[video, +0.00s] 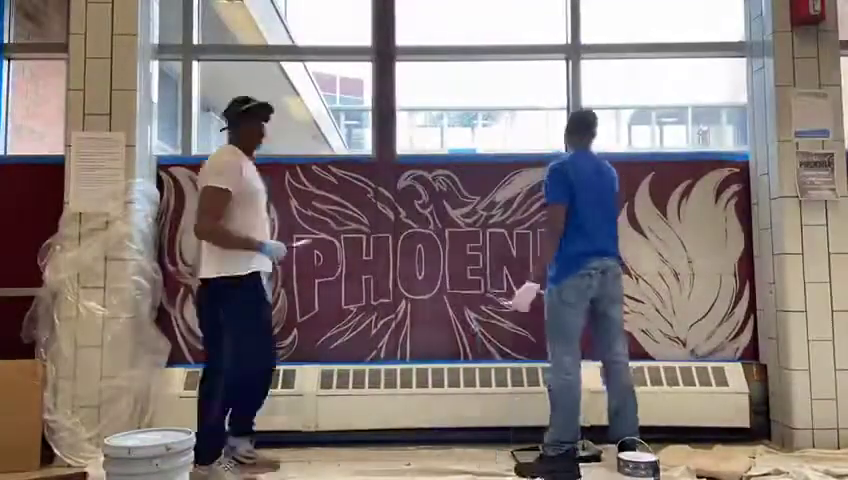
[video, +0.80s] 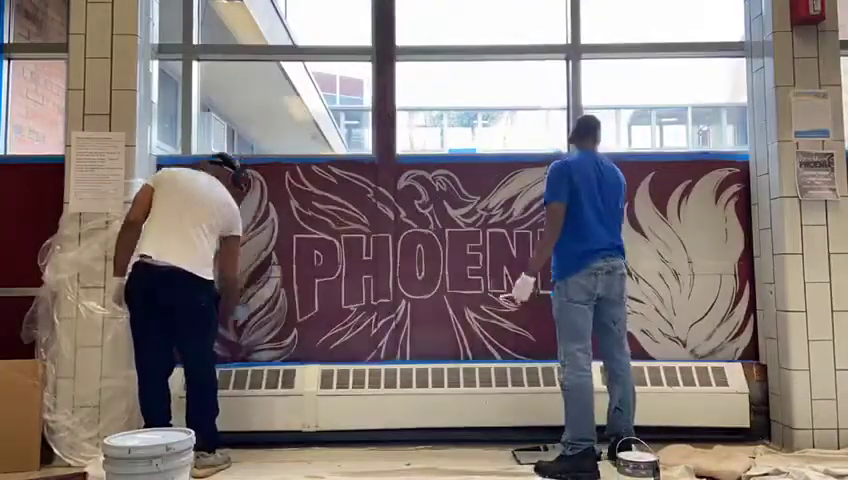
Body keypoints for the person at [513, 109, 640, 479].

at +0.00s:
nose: (571, 139)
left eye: (569, 132)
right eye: (582, 132)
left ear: (566, 134)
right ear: (593, 136)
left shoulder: (559, 169)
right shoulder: (609, 171)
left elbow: (555, 227)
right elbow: (612, 218)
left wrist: (539, 277)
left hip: (572, 273)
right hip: (610, 270)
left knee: (564, 360)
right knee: (616, 355)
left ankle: (560, 448)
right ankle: (627, 437)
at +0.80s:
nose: (584, 142)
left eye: (576, 136)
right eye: (592, 137)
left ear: (571, 138)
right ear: (599, 139)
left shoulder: (562, 168)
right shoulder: (615, 173)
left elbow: (554, 228)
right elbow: (614, 224)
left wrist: (529, 273)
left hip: (576, 271)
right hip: (615, 268)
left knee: (576, 362)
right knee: (618, 356)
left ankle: (579, 450)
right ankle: (623, 437)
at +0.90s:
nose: (562, 143)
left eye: (562, 138)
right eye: (571, 137)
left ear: (562, 137)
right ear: (588, 138)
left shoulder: (563, 168)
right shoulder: (605, 171)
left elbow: (562, 228)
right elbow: (608, 222)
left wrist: (544, 279)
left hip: (578, 273)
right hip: (615, 268)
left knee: (573, 361)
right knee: (615, 355)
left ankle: (579, 451)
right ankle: (622, 436)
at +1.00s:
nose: (556, 149)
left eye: (554, 142)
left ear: (555, 142)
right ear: (580, 142)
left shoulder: (559, 165)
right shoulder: (596, 170)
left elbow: (560, 223)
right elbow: (598, 221)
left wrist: (547, 276)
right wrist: (548, 219)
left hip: (577, 272)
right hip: (610, 268)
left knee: (572, 358)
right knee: (612, 353)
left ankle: (578, 450)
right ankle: (621, 435)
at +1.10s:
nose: (538, 160)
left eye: (537, 154)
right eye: (541, 153)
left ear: (540, 151)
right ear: (564, 146)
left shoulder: (547, 171)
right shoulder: (594, 172)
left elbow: (554, 227)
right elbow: (608, 221)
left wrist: (538, 282)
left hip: (577, 269)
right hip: (615, 264)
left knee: (565, 357)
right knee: (616, 350)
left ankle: (578, 451)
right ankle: (625, 434)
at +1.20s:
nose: (571, 144)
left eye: (569, 138)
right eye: (582, 137)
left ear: (571, 137)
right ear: (598, 139)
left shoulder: (561, 169)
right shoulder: (613, 173)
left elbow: (552, 226)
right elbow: (613, 224)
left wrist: (534, 278)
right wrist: (609, 261)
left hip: (572, 273)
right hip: (610, 270)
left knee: (566, 359)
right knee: (615, 355)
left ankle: (573, 449)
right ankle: (621, 435)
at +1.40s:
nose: (564, 144)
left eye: (561, 138)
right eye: (576, 138)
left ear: (559, 138)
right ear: (586, 139)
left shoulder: (555, 170)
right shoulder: (600, 171)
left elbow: (550, 226)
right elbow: (607, 222)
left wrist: (533, 275)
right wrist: (608, 255)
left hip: (569, 270)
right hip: (605, 267)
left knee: (566, 359)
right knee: (611, 354)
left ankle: (574, 450)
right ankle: (621, 435)